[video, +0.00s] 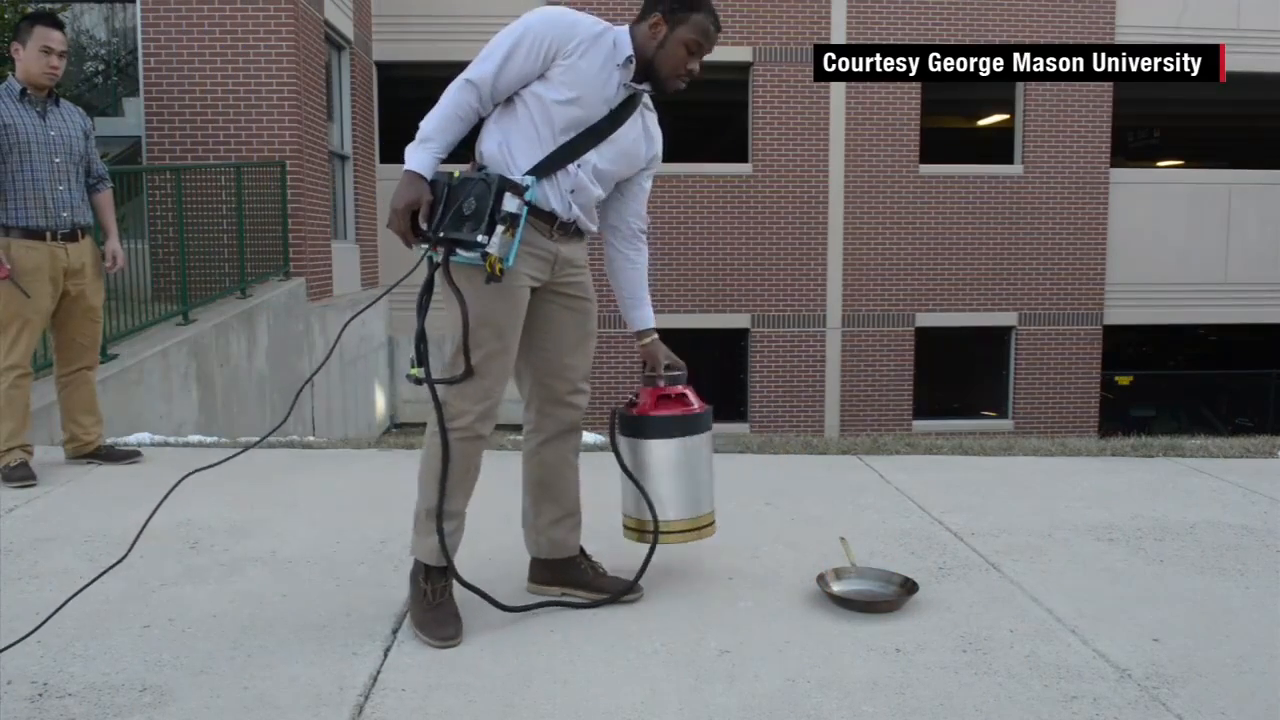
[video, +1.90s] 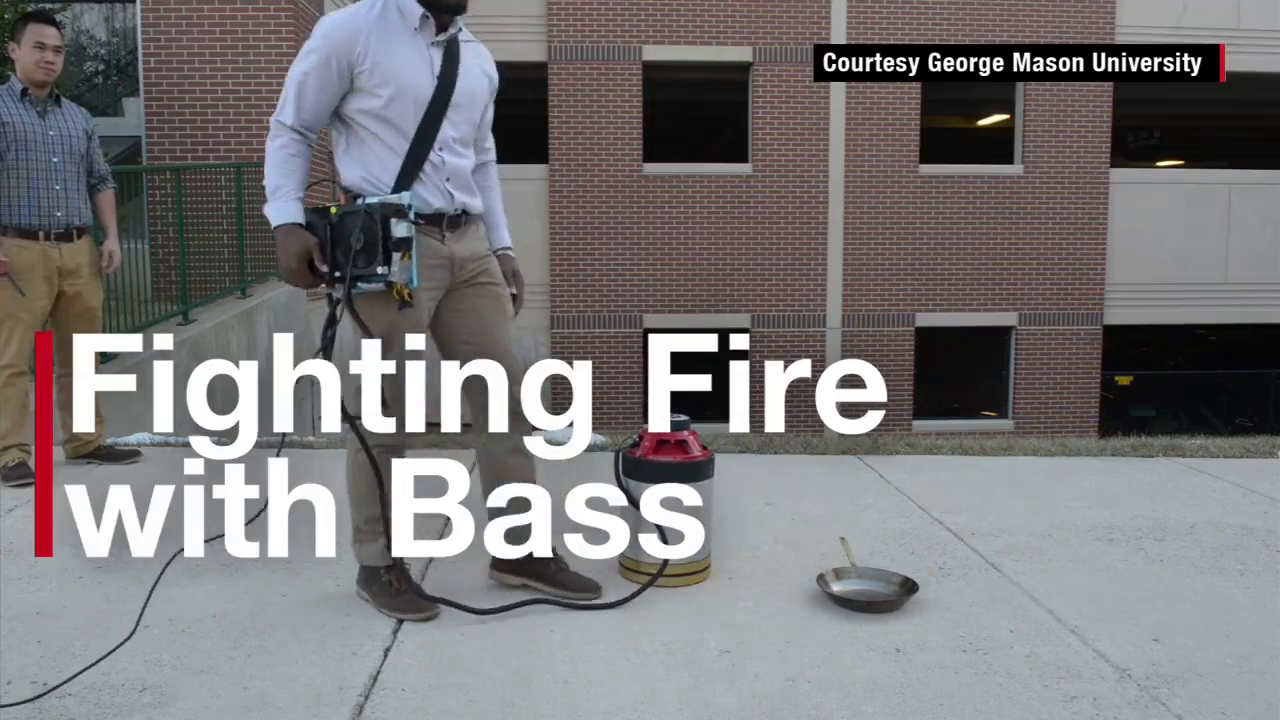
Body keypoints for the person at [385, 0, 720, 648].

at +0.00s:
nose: (695, 69)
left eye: (703, 59)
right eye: (692, 50)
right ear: (654, 24)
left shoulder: (646, 135)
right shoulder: (563, 31)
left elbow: (629, 239)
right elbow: (475, 87)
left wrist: (646, 334)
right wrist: (416, 170)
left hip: (566, 254)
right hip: (493, 233)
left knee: (560, 406)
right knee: (468, 408)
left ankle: (555, 558)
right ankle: (433, 570)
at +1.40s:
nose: (638, 18)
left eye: (645, 9)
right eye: (626, 4)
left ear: (646, 18)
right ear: (587, 3)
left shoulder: (622, 111)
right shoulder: (516, 33)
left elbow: (616, 213)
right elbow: (431, 99)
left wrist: (622, 297)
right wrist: (388, 185)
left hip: (549, 250)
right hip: (474, 239)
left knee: (551, 407)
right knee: (445, 404)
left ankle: (554, 556)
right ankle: (392, 551)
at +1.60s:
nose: (579, 8)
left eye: (584, 2)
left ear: (582, 9)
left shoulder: (583, 95)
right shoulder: (460, 34)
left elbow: (583, 195)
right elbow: (387, 115)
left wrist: (592, 277)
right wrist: (359, 203)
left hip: (532, 253)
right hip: (452, 247)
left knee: (545, 408)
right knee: (431, 411)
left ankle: (556, 554)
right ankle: (385, 559)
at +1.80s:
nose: (497, 1)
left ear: (505, 3)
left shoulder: (513, 77)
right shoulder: (382, 36)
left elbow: (517, 178)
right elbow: (319, 127)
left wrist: (536, 260)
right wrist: (307, 219)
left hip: (490, 250)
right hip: (407, 248)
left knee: (520, 406)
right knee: (397, 414)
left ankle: (552, 553)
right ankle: (383, 562)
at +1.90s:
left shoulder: (478, 60)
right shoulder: (351, 30)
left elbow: (483, 160)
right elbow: (291, 127)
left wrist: (501, 247)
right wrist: (286, 222)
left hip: (468, 245)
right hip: (387, 248)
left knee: (500, 399)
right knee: (386, 413)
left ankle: (521, 547)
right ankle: (380, 563)